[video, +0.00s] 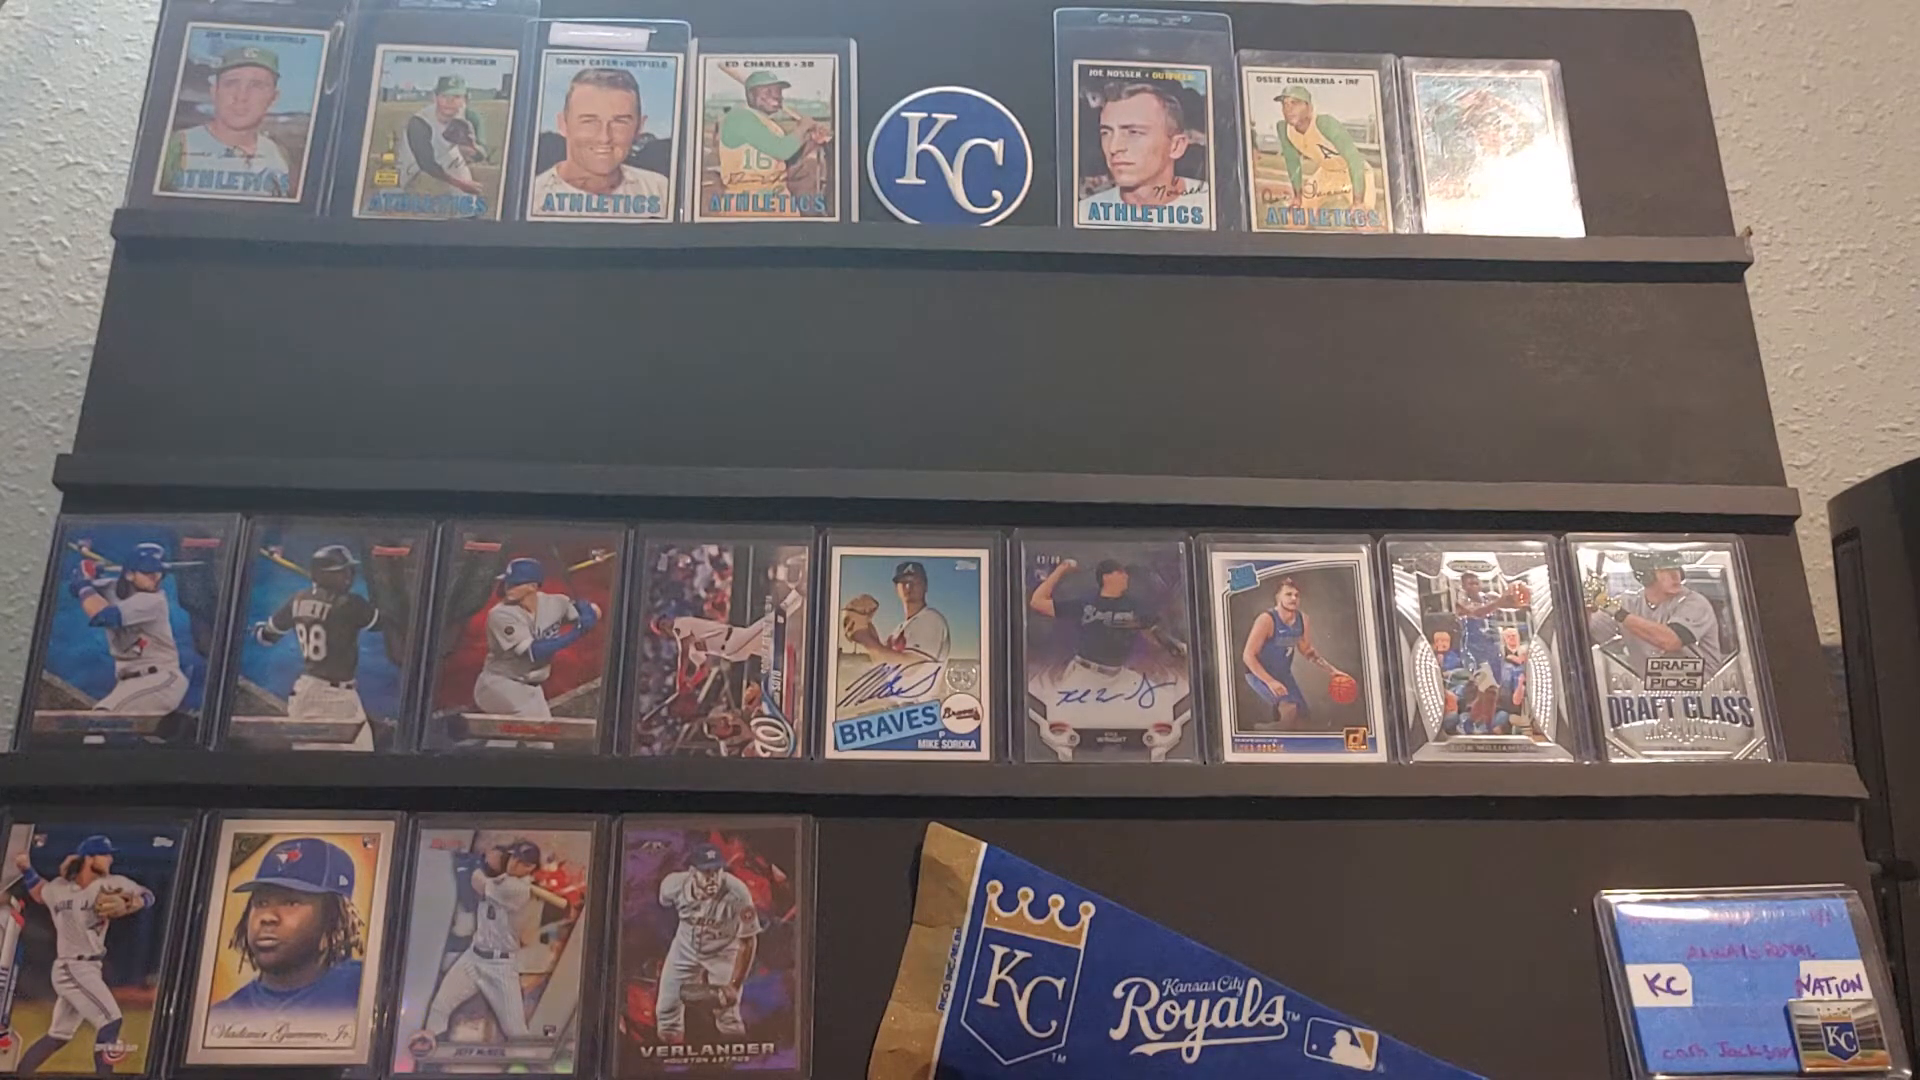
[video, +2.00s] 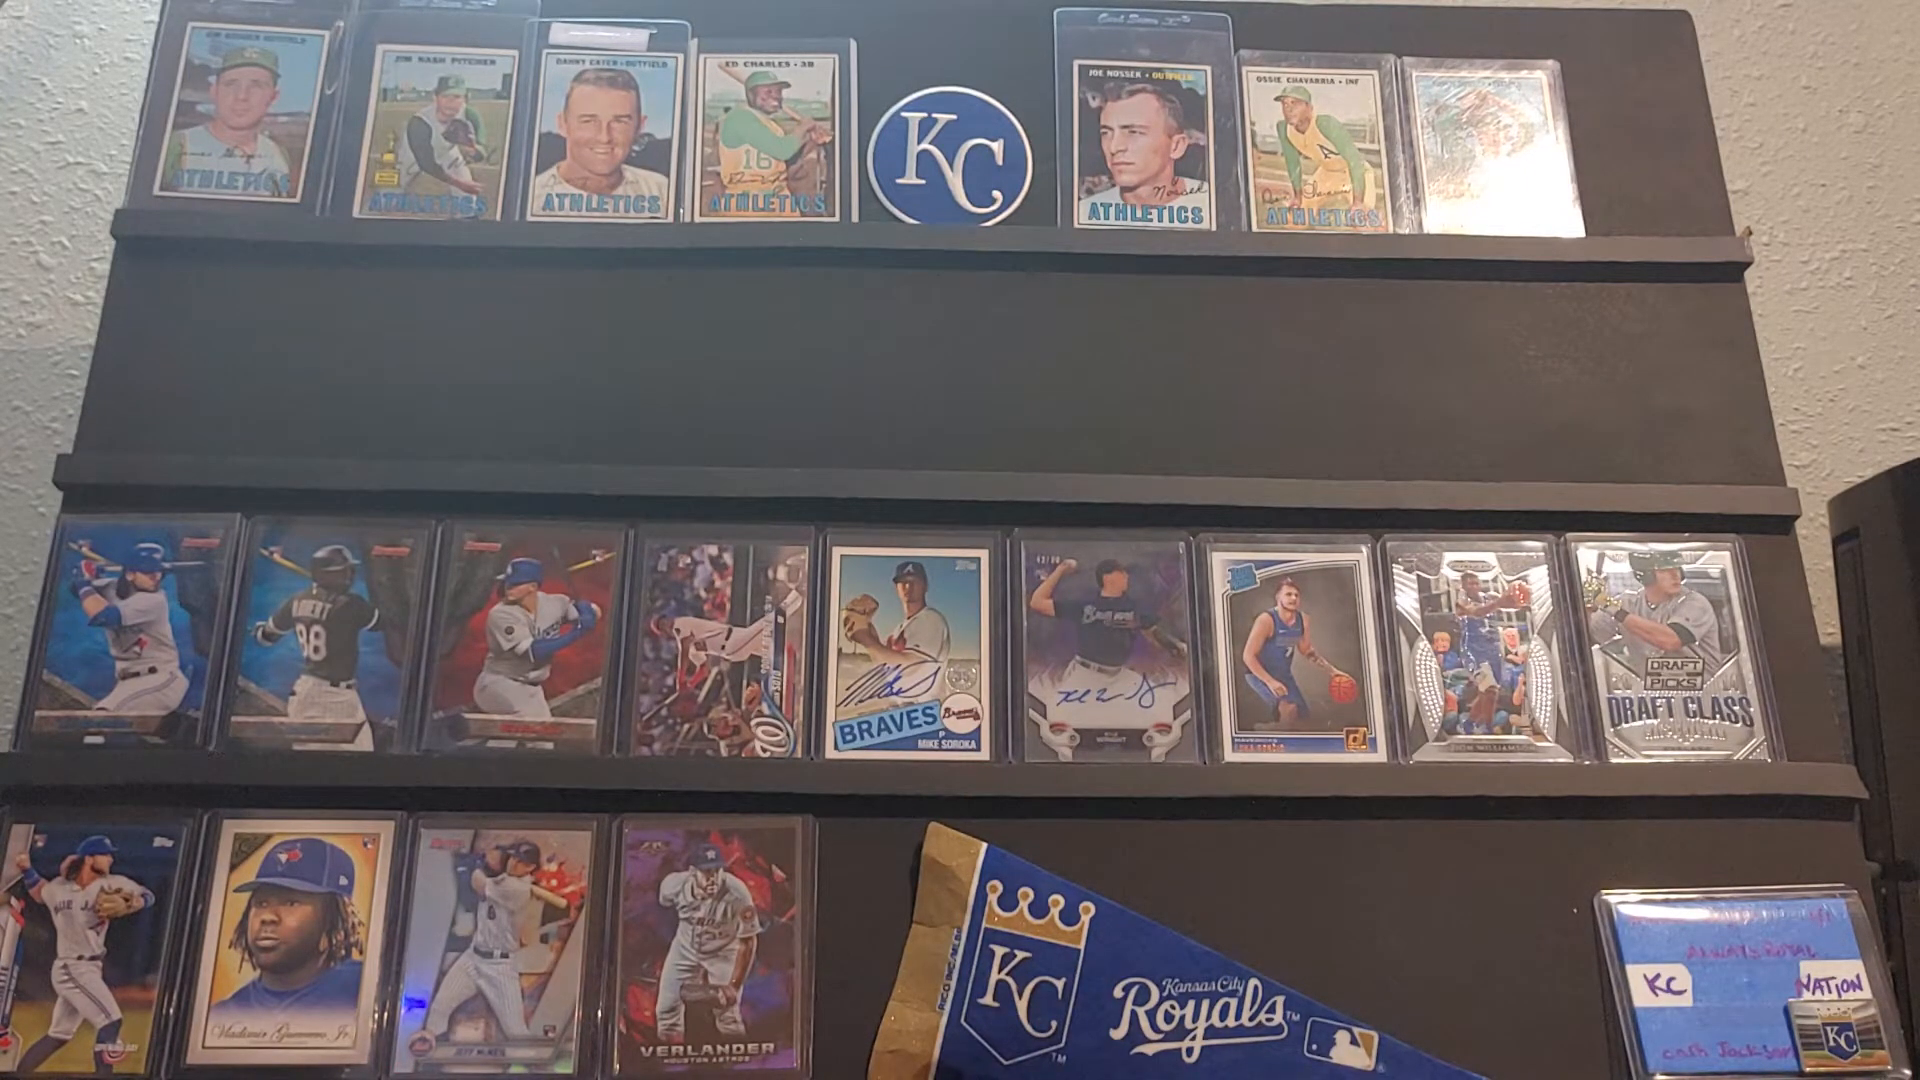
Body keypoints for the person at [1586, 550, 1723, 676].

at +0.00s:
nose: (1676, 575)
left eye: (1677, 568)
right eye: (1667, 569)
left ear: (1682, 570)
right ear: (1645, 574)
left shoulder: (1696, 604)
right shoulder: (1627, 604)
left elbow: (1670, 641)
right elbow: (1584, 638)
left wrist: (1621, 614)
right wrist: (1585, 609)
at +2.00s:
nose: (1676, 575)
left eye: (1677, 568)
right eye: (1666, 569)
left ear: (1682, 571)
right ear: (1644, 574)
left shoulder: (1696, 604)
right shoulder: (1628, 604)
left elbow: (1671, 641)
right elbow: (1586, 635)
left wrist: (1619, 613)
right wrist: (1584, 607)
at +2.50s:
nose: (1676, 575)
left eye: (1677, 568)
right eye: (1666, 569)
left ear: (1682, 571)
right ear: (1644, 574)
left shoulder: (1696, 604)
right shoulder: (1628, 604)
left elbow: (1670, 641)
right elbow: (1586, 636)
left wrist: (1619, 613)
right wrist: (1585, 608)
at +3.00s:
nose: (1676, 575)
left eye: (1677, 568)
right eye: (1666, 569)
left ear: (1682, 571)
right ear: (1644, 574)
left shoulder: (1696, 604)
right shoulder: (1629, 604)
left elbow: (1671, 641)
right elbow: (1586, 637)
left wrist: (1619, 613)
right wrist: (1585, 609)